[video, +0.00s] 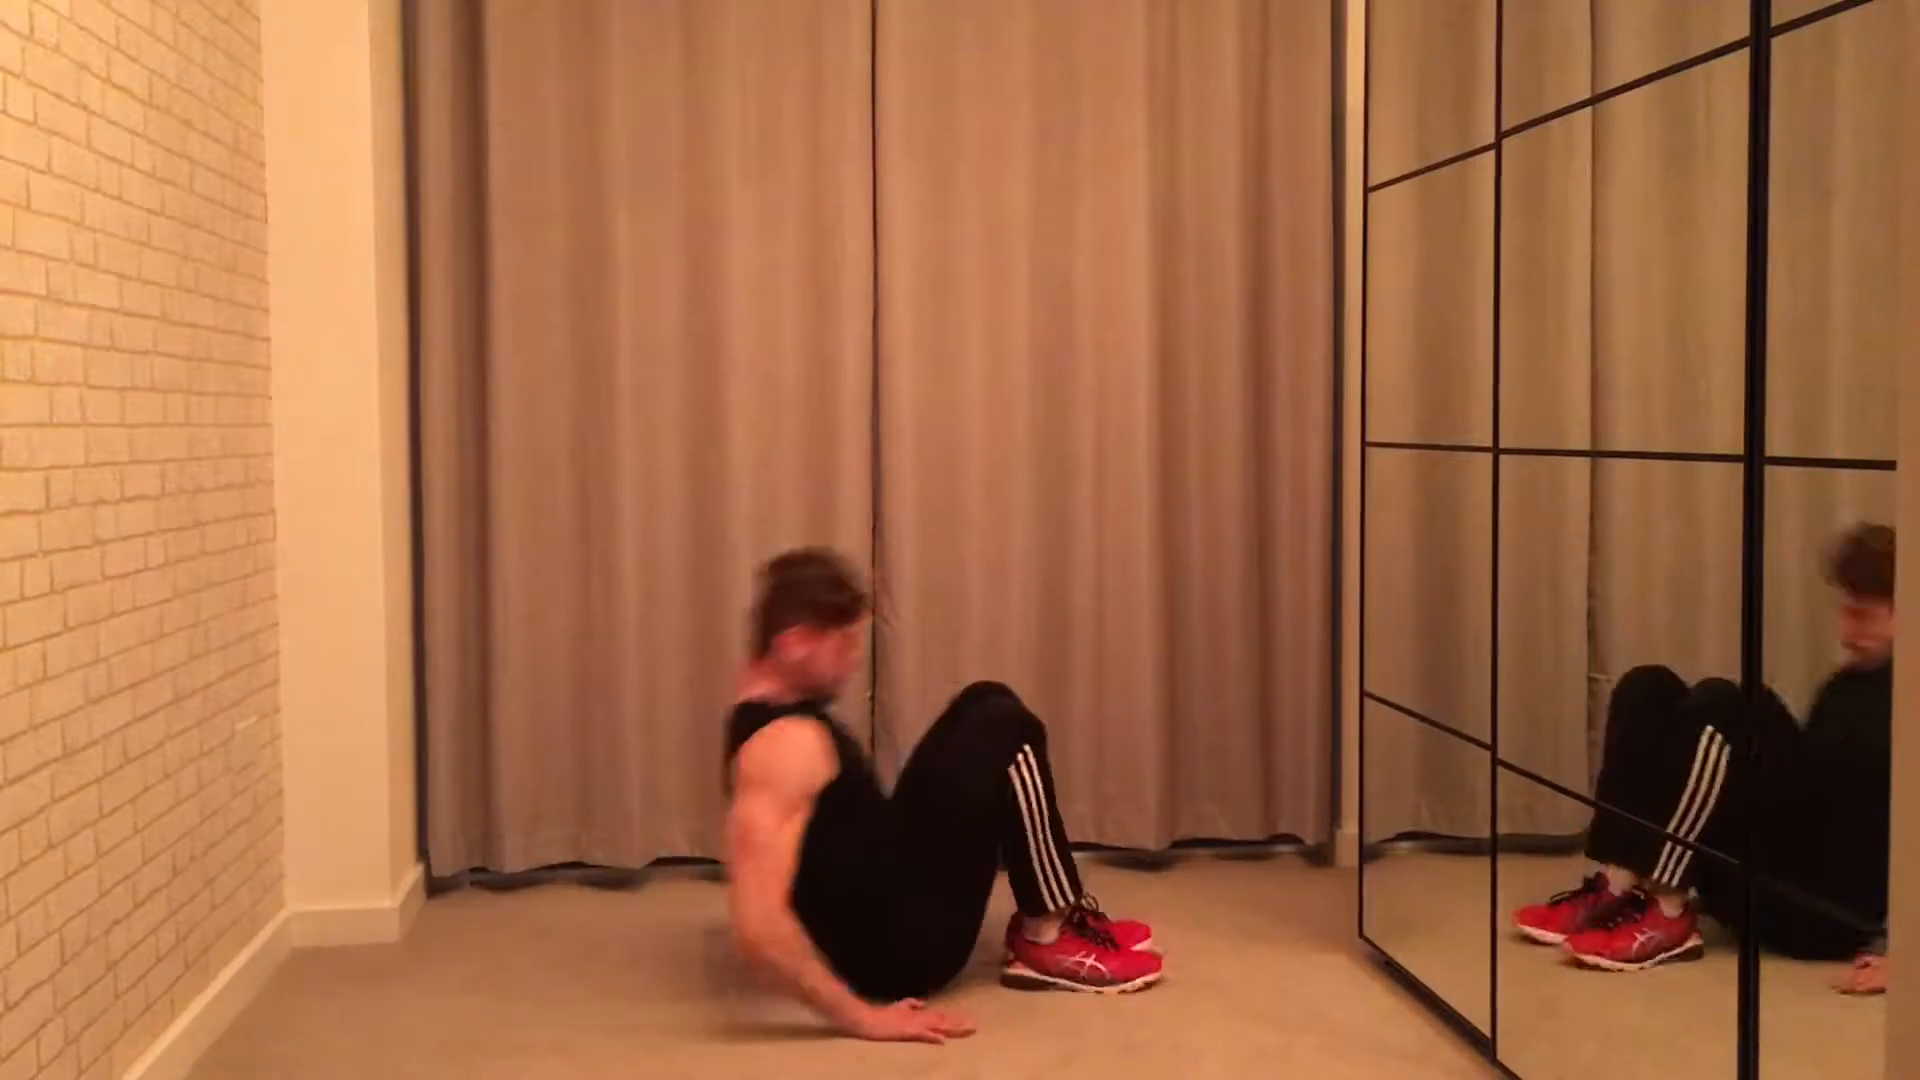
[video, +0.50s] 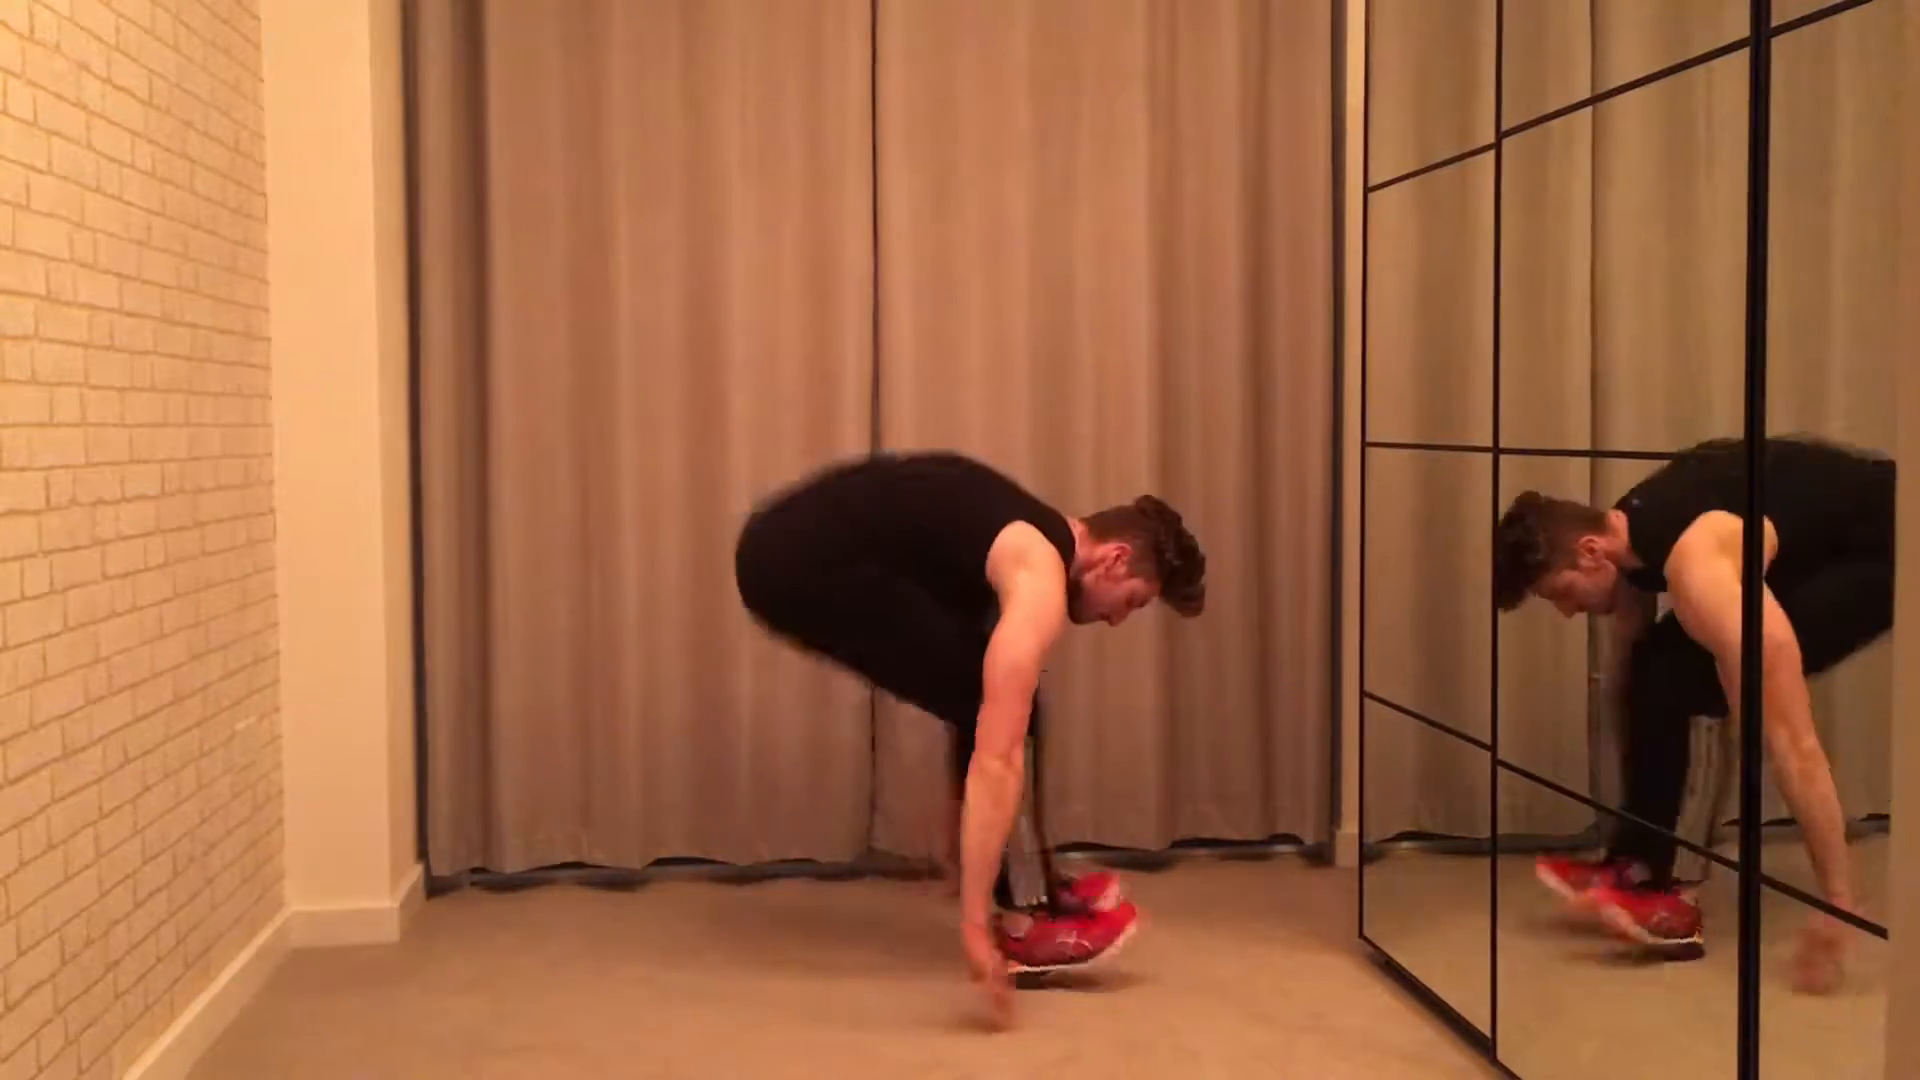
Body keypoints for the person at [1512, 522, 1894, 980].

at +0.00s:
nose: (1850, 625)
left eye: (1867, 612)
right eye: (1847, 608)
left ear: (1900, 616)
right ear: (1840, 604)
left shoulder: (1896, 695)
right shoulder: (1841, 690)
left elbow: (1904, 821)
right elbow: (1807, 807)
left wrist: (1896, 949)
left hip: (1832, 918)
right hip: (1771, 898)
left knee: (1728, 702)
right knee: (1649, 686)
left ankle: (1669, 909)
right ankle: (1614, 887)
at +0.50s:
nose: (1570, 612)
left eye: (1563, 594)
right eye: (1556, 602)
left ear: (1592, 553)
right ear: (1593, 548)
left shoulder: (1701, 569)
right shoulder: (1630, 541)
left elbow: (1796, 742)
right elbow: (1627, 678)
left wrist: (1840, 902)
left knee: (1668, 671)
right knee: (1649, 665)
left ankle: (1650, 881)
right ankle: (1632, 861)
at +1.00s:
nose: (1564, 744)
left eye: (1556, 731)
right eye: (1552, 738)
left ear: (1576, 685)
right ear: (1575, 681)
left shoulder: (1699, 662)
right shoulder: (1619, 651)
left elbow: (1804, 819)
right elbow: (1598, 781)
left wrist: (1813, 969)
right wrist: (1617, 898)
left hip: (1889, 689)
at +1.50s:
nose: (1575, 656)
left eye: (1571, 639)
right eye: (1565, 646)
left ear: (1604, 600)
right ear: (1604, 597)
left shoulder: (1723, 616)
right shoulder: (1632, 612)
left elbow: (1782, 793)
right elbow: (1607, 751)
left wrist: (1802, 949)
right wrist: (1606, 873)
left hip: (1894, 549)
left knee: (1800, 716)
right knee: (1689, 685)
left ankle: (1861, 914)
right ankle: (1736, 872)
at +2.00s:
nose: (1614, 61)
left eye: (1622, 36)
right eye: (1603, 46)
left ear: (1675, 15)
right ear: (1613, 44)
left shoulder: (1774, 105)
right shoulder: (1665, 131)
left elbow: (1894, 204)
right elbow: (1721, 257)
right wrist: (1713, 355)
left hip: (1793, 365)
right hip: (1708, 369)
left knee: (1801, 587)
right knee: (1701, 580)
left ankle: (1846, 818)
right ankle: (1715, 779)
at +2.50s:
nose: (1556, 463)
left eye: (1561, 443)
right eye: (1548, 449)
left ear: (1608, 414)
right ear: (1602, 417)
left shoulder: (1717, 495)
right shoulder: (1621, 485)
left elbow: (1842, 615)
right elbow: (1650, 594)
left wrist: (1903, 738)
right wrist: (1644, 680)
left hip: (1832, 622)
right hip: (1745, 605)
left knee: (1669, 714)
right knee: (1601, 699)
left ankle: (1758, 913)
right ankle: (1676, 871)